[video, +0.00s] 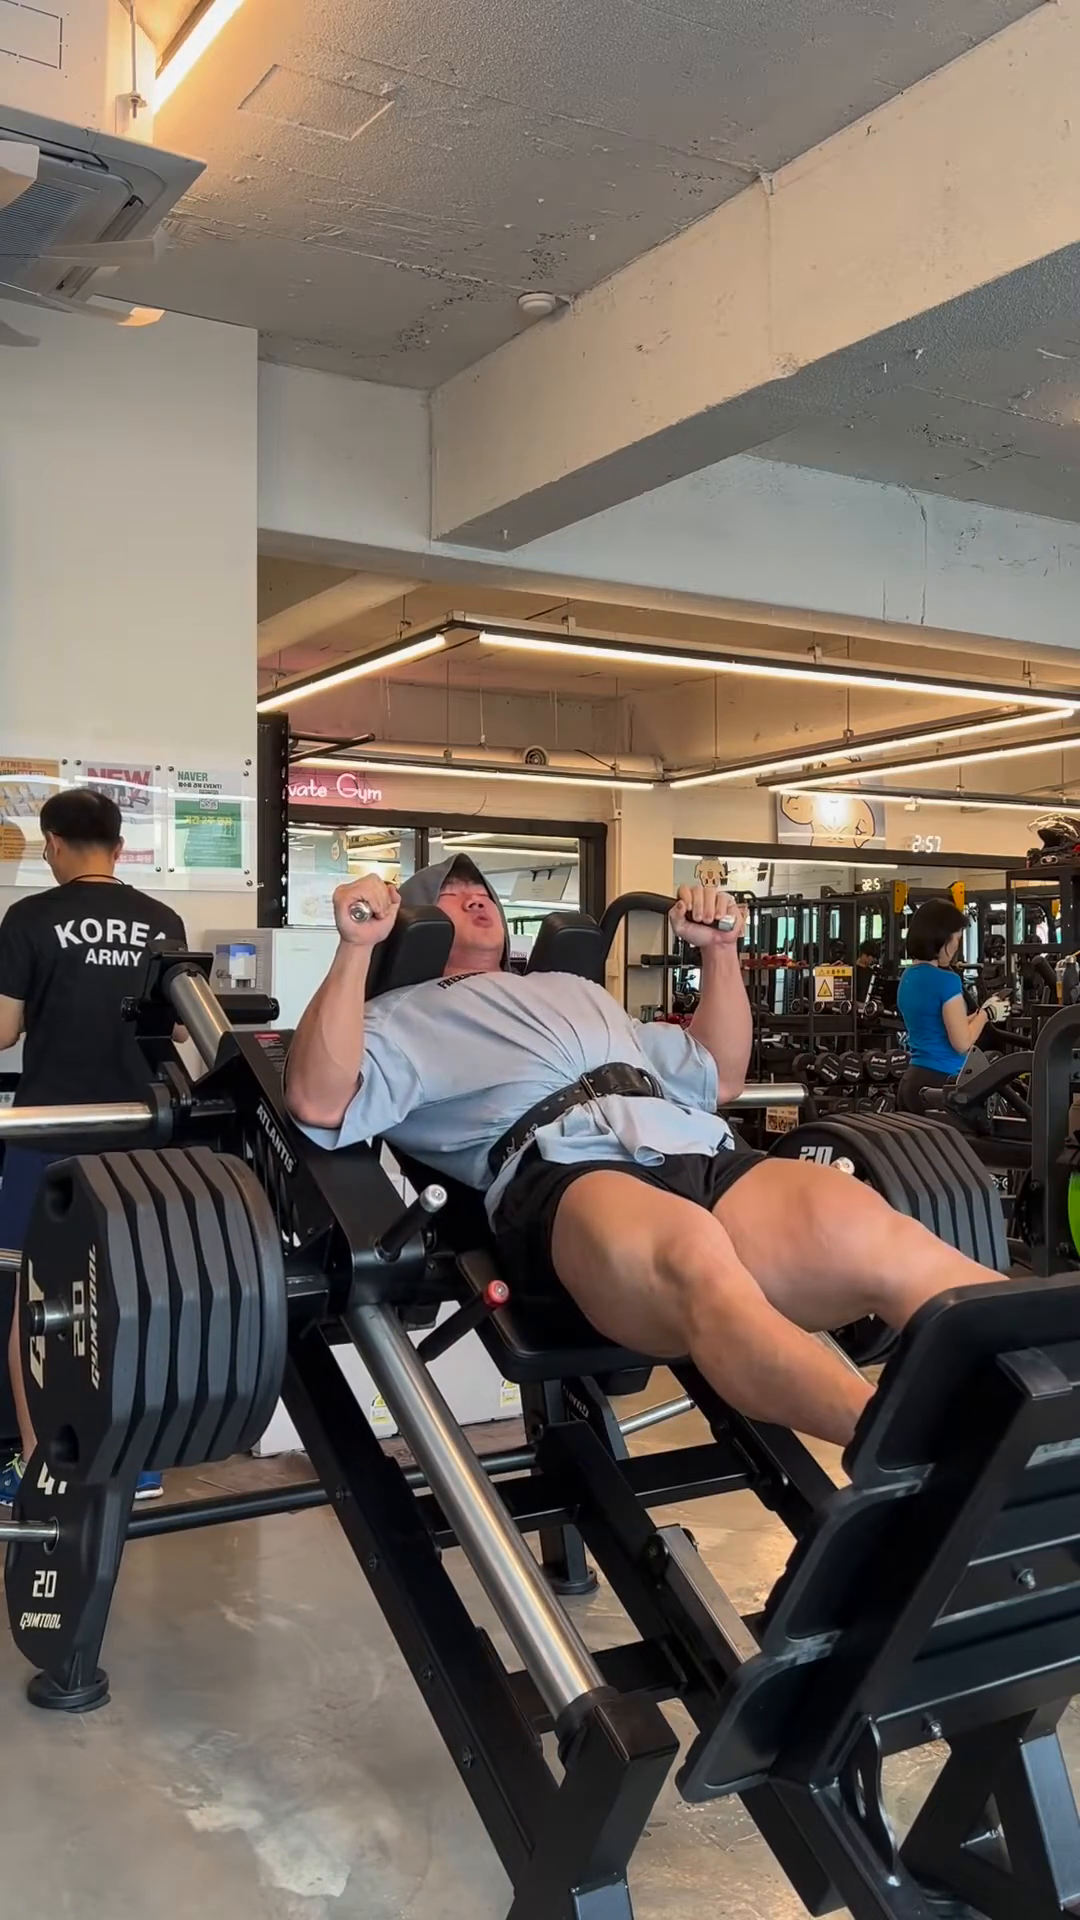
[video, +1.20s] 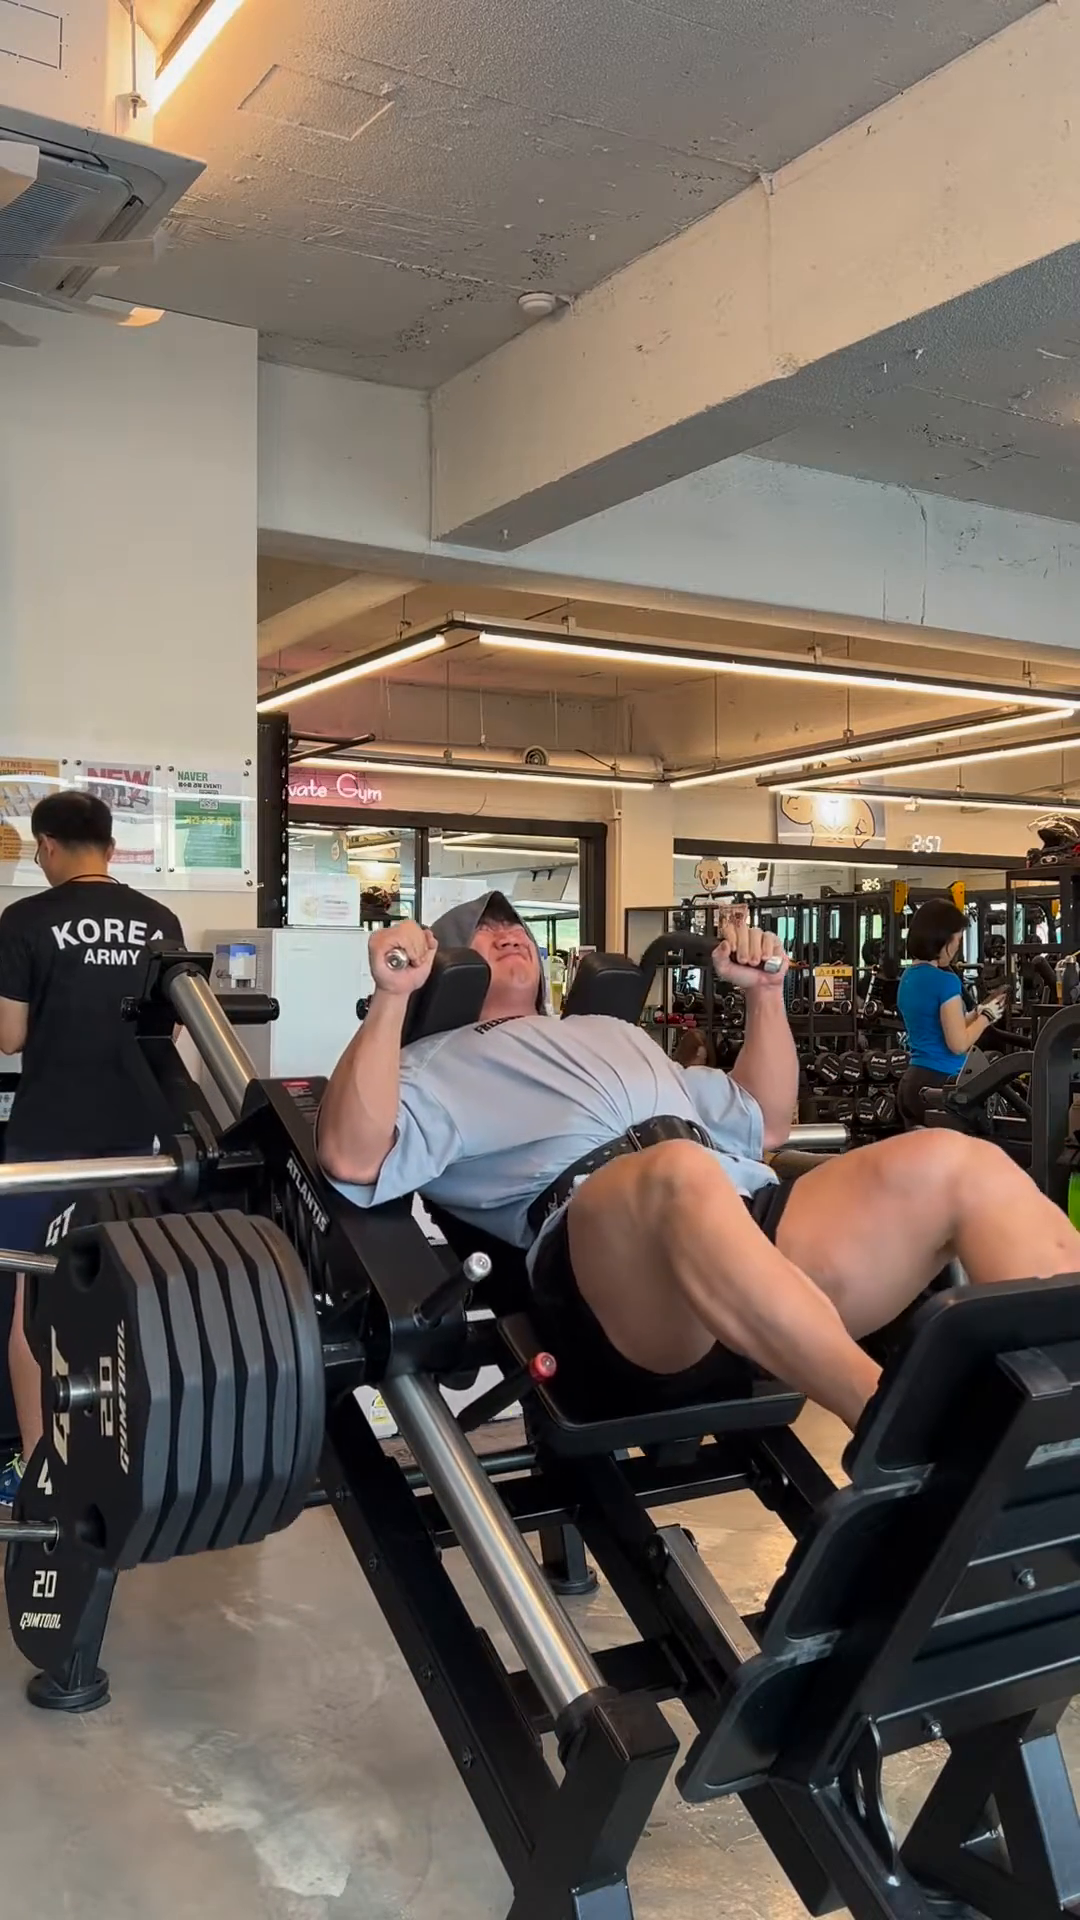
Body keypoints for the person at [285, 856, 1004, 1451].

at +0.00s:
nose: (480, 897)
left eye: (486, 891)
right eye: (457, 891)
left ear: (504, 920)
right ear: (419, 927)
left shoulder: (576, 990)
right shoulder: (405, 1017)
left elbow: (716, 1075)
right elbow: (317, 1103)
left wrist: (720, 955)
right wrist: (353, 953)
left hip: (697, 1153)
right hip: (564, 1174)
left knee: (862, 1223)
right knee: (699, 1268)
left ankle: (1052, 1347)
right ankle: (896, 1434)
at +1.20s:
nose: (507, 937)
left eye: (516, 929)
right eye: (483, 932)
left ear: (542, 961)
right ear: (449, 978)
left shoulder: (614, 1037)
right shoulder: (436, 1066)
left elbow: (764, 1122)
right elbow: (352, 1159)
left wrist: (763, 994)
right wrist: (389, 1000)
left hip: (755, 1241)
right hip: (604, 1289)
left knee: (955, 1165)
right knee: (677, 1174)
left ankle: (1073, 1382)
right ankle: (899, 1426)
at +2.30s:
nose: (602, 1042)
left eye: (606, 1029)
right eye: (571, 1036)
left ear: (629, 1062)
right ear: (531, 1077)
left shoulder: (720, 1161)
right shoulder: (523, 1204)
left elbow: (872, 1233)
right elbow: (441, 1315)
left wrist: (885, 1114)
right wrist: (487, 1132)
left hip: (888, 1379)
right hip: (744, 1467)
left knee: (1003, 1144)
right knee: (676, 1164)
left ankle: (1067, 1402)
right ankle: (895, 1411)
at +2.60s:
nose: (619, 1066)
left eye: (626, 1052)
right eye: (588, 1058)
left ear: (651, 1085)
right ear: (550, 1098)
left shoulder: (737, 1178)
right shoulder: (543, 1227)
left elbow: (891, 1257)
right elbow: (461, 1345)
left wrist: (907, 1132)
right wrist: (507, 1159)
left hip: (903, 1380)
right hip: (765, 1470)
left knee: (1004, 1146)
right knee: (671, 1171)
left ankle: (1073, 1388)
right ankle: (894, 1415)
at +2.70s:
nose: (621, 1069)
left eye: (627, 1054)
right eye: (591, 1063)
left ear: (653, 1088)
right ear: (551, 1104)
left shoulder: (747, 1188)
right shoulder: (545, 1231)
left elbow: (894, 1261)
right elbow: (466, 1353)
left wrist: (914, 1140)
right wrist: (510, 1168)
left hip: (911, 1374)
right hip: (774, 1467)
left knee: (1003, 1147)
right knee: (671, 1175)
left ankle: (1072, 1388)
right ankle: (893, 1416)